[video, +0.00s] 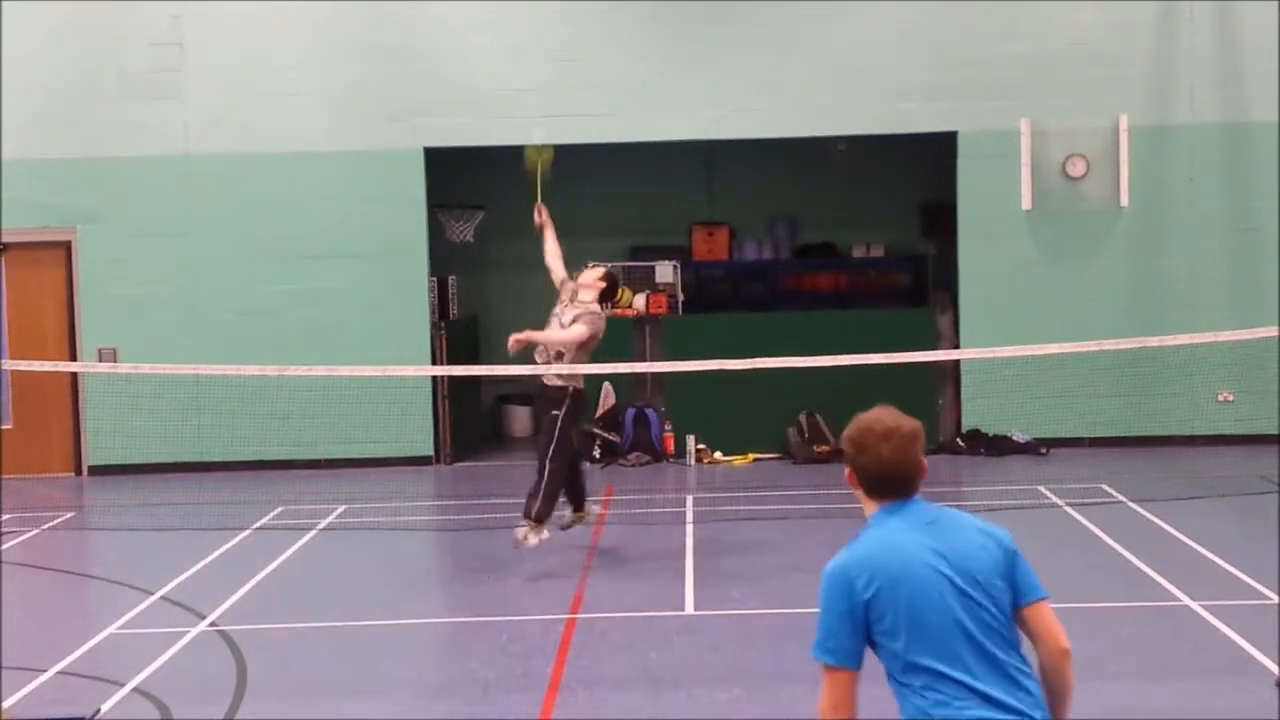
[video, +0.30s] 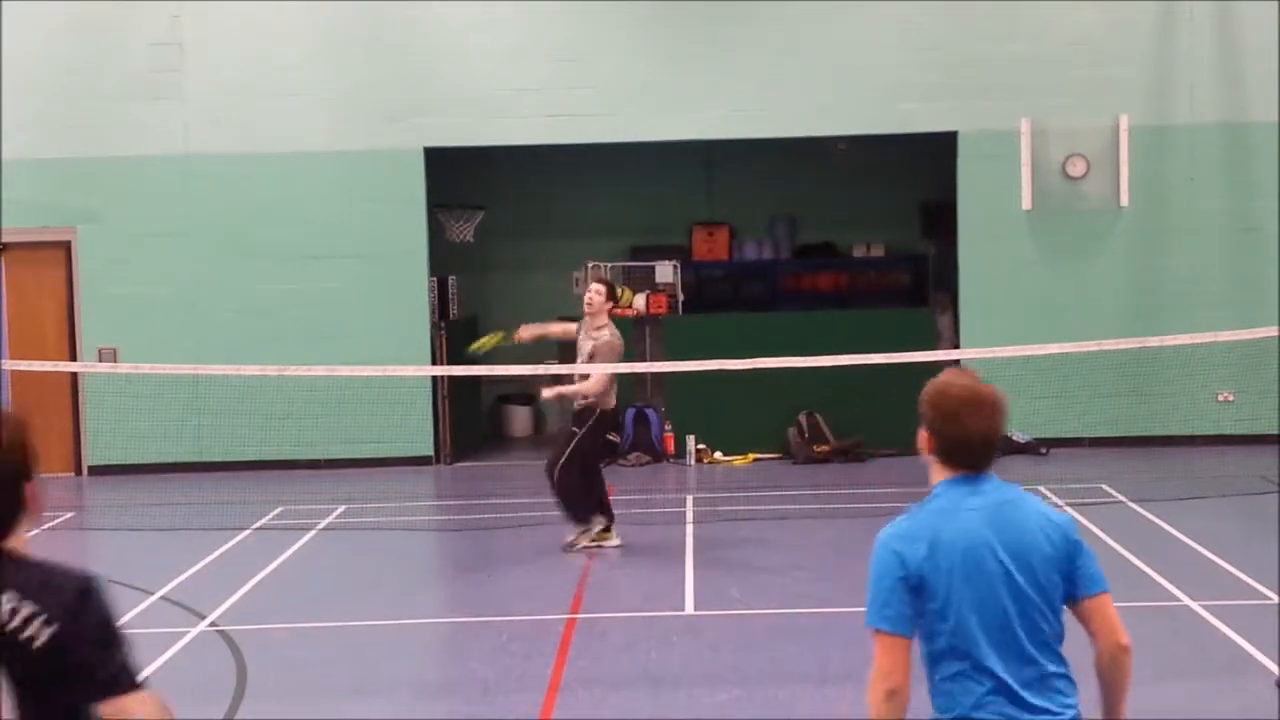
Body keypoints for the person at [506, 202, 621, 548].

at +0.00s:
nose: (587, 267)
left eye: (594, 268)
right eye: (590, 265)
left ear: (601, 283)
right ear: (588, 278)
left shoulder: (594, 317)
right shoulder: (567, 290)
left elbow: (570, 337)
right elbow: (554, 259)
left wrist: (530, 336)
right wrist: (547, 227)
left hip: (567, 392)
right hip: (548, 388)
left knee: (551, 454)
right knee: (564, 451)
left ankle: (536, 522)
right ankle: (580, 507)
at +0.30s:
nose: (589, 297)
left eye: (596, 293)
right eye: (588, 292)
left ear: (609, 304)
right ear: (584, 297)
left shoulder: (610, 341)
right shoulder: (585, 327)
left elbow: (597, 385)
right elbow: (560, 330)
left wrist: (559, 390)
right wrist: (534, 330)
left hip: (599, 415)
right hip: (585, 411)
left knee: (558, 467)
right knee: (587, 467)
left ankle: (586, 525)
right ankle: (605, 528)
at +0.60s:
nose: (601, 296)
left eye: (608, 292)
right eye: (599, 290)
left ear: (621, 298)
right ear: (595, 294)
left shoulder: (624, 333)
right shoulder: (601, 324)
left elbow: (622, 379)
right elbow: (593, 356)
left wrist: (604, 417)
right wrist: (569, 379)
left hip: (617, 405)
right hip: (600, 403)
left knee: (608, 464)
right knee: (602, 463)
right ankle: (605, 527)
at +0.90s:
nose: (614, 293)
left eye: (621, 288)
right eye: (611, 288)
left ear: (632, 295)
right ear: (606, 294)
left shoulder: (643, 329)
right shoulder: (607, 324)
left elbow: (642, 376)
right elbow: (601, 362)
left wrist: (621, 411)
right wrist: (572, 383)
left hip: (640, 406)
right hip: (611, 405)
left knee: (649, 468)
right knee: (604, 469)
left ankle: (666, 521)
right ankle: (606, 531)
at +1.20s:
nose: (616, 301)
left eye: (622, 296)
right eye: (612, 297)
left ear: (634, 303)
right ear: (606, 303)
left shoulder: (650, 335)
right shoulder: (598, 336)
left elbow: (649, 380)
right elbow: (582, 375)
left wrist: (620, 410)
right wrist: (552, 404)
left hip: (649, 415)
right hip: (613, 417)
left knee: (670, 473)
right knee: (610, 477)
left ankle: (681, 523)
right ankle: (605, 541)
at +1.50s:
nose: (651, 314)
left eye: (656, 309)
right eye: (646, 310)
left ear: (668, 315)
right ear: (638, 316)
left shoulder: (685, 349)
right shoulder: (628, 350)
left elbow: (697, 394)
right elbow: (613, 388)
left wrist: (684, 427)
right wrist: (589, 422)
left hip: (678, 430)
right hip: (640, 430)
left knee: (710, 480)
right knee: (624, 482)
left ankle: (731, 535)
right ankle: (606, 542)